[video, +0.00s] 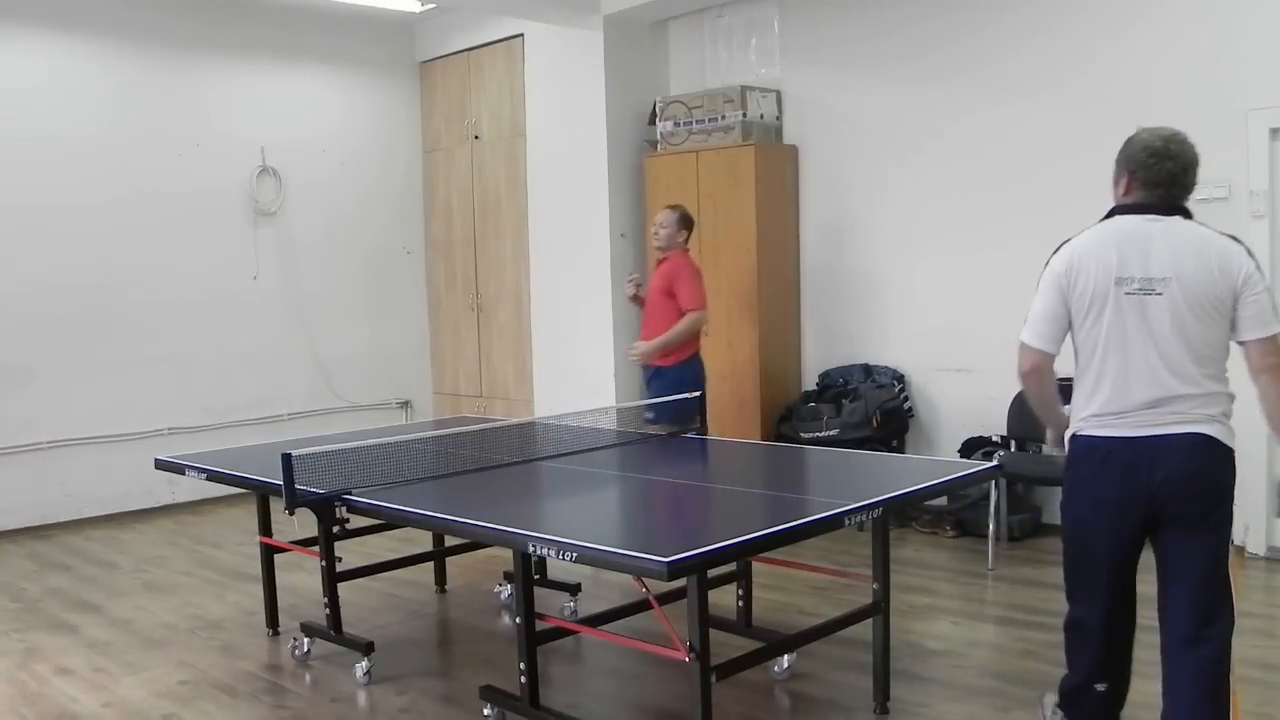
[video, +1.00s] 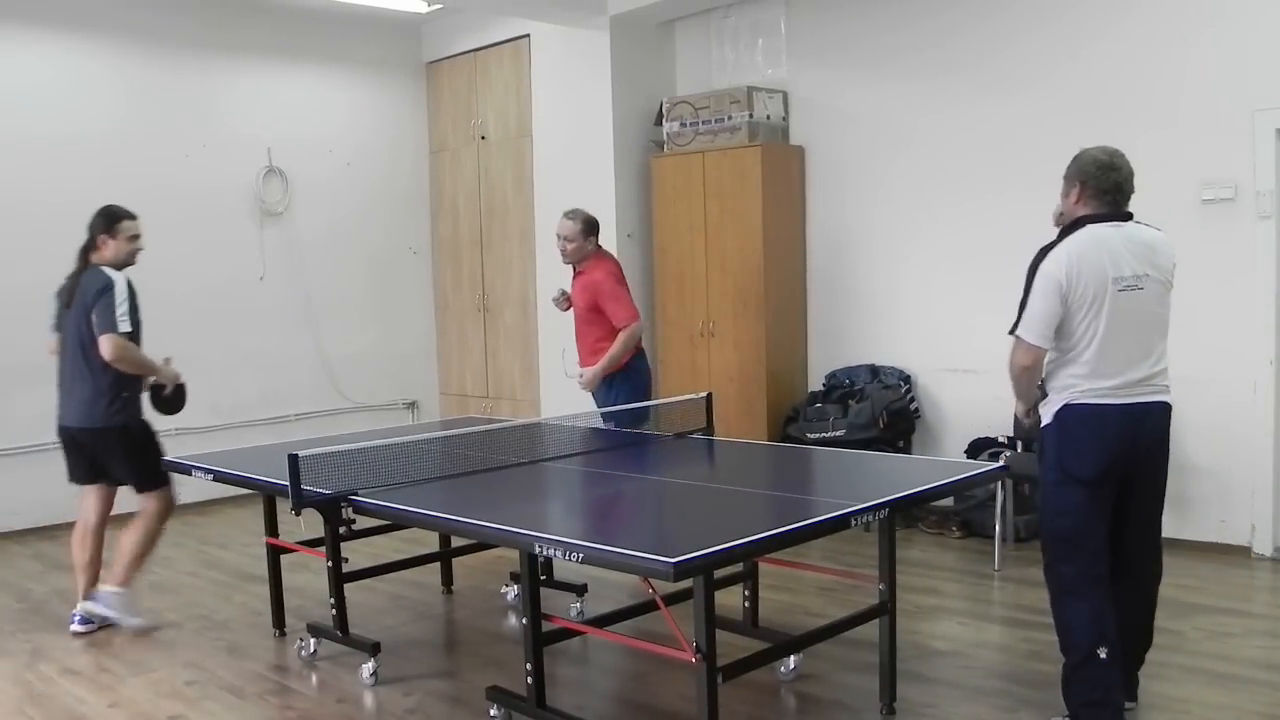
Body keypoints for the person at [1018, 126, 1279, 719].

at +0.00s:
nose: (1112, 186)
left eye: (1114, 178)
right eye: (1115, 178)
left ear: (1125, 182)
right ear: (1187, 188)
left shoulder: (1077, 253)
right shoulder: (1229, 255)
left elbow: (1033, 363)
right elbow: (1268, 366)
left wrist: (1057, 427)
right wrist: (1279, 437)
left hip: (1102, 461)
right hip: (1199, 458)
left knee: (1095, 615)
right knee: (1197, 624)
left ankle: (1084, 710)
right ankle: (1197, 716)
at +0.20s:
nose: (1078, 185)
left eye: (1081, 177)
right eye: (1080, 177)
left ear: (1091, 183)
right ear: (1152, 184)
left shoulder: (1057, 257)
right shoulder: (1199, 245)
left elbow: (1030, 367)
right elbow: (1233, 347)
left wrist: (1025, 453)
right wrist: (1233, 428)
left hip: (1089, 448)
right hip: (1178, 445)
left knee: (1091, 591)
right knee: (1188, 600)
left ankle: (1091, 710)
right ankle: (1196, 713)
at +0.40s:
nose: (1051, 195)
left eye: (1053, 186)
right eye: (1053, 186)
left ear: (1065, 189)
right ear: (1122, 189)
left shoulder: (1037, 261)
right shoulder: (1173, 242)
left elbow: (1007, 367)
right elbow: (1216, 333)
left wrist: (1005, 456)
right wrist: (1178, 387)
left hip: (1078, 440)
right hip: (1164, 437)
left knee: (1085, 586)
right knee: (1176, 582)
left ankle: (1092, 710)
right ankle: (1187, 711)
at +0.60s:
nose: (1042, 196)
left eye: (1044, 187)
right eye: (1043, 187)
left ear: (1058, 190)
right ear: (1112, 189)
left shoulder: (1036, 259)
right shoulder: (1161, 241)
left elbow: (1003, 370)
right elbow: (1182, 319)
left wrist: (1013, 438)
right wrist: (1123, 303)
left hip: (1077, 432)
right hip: (1158, 429)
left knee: (1083, 578)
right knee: (1163, 571)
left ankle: (1095, 709)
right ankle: (1163, 705)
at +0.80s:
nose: (1049, 197)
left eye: (1051, 187)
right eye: (1051, 187)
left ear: (1064, 190)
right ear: (1114, 192)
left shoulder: (1045, 256)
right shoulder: (1157, 241)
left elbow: (1018, 364)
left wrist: (1026, 408)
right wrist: (1063, 234)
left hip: (1079, 424)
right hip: (1153, 422)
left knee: (1081, 566)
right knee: (1146, 552)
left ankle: (1094, 704)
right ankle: (1131, 679)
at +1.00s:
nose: (1060, 202)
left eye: (1064, 192)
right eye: (1063, 191)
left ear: (1079, 193)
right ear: (1123, 196)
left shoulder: (1063, 255)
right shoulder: (1161, 247)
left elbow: (1026, 359)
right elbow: (1139, 327)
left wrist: (1027, 407)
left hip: (1080, 425)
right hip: (1150, 423)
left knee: (1075, 566)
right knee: (1137, 554)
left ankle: (1094, 706)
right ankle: (1123, 682)